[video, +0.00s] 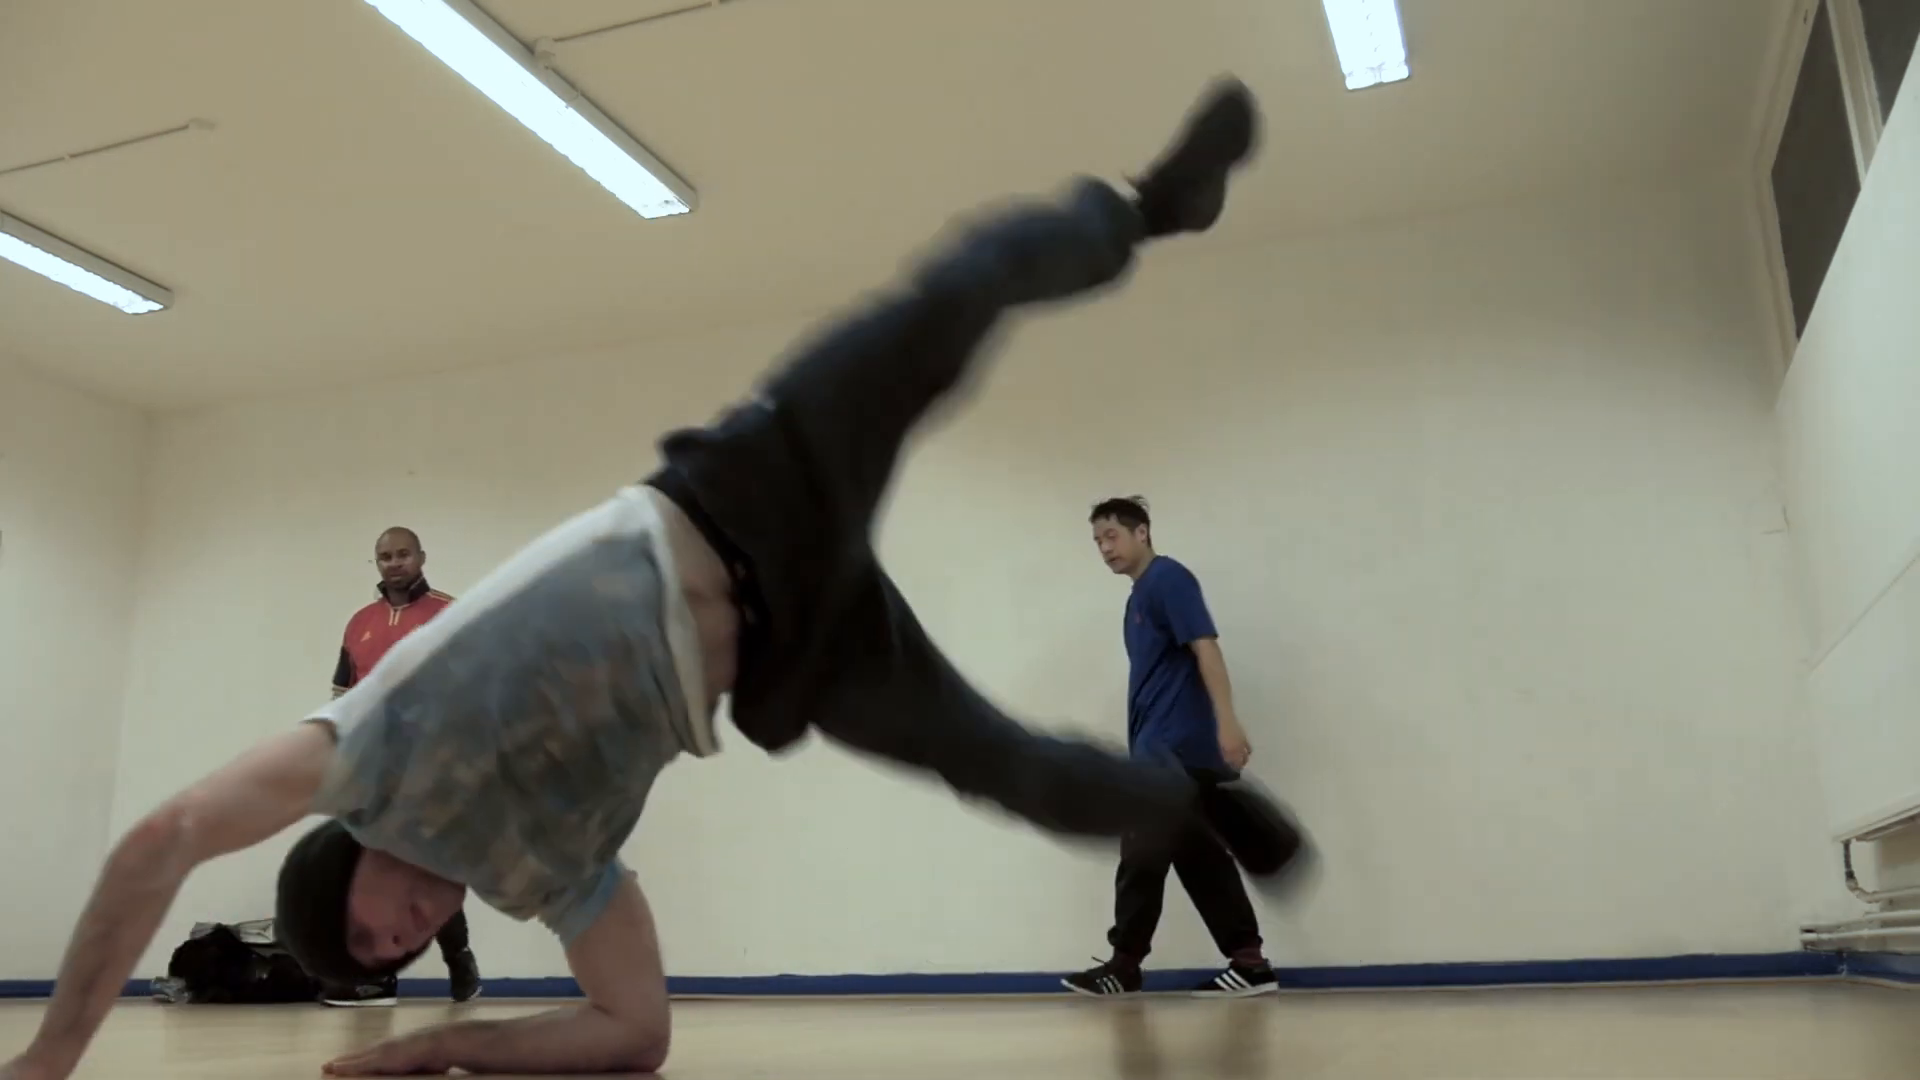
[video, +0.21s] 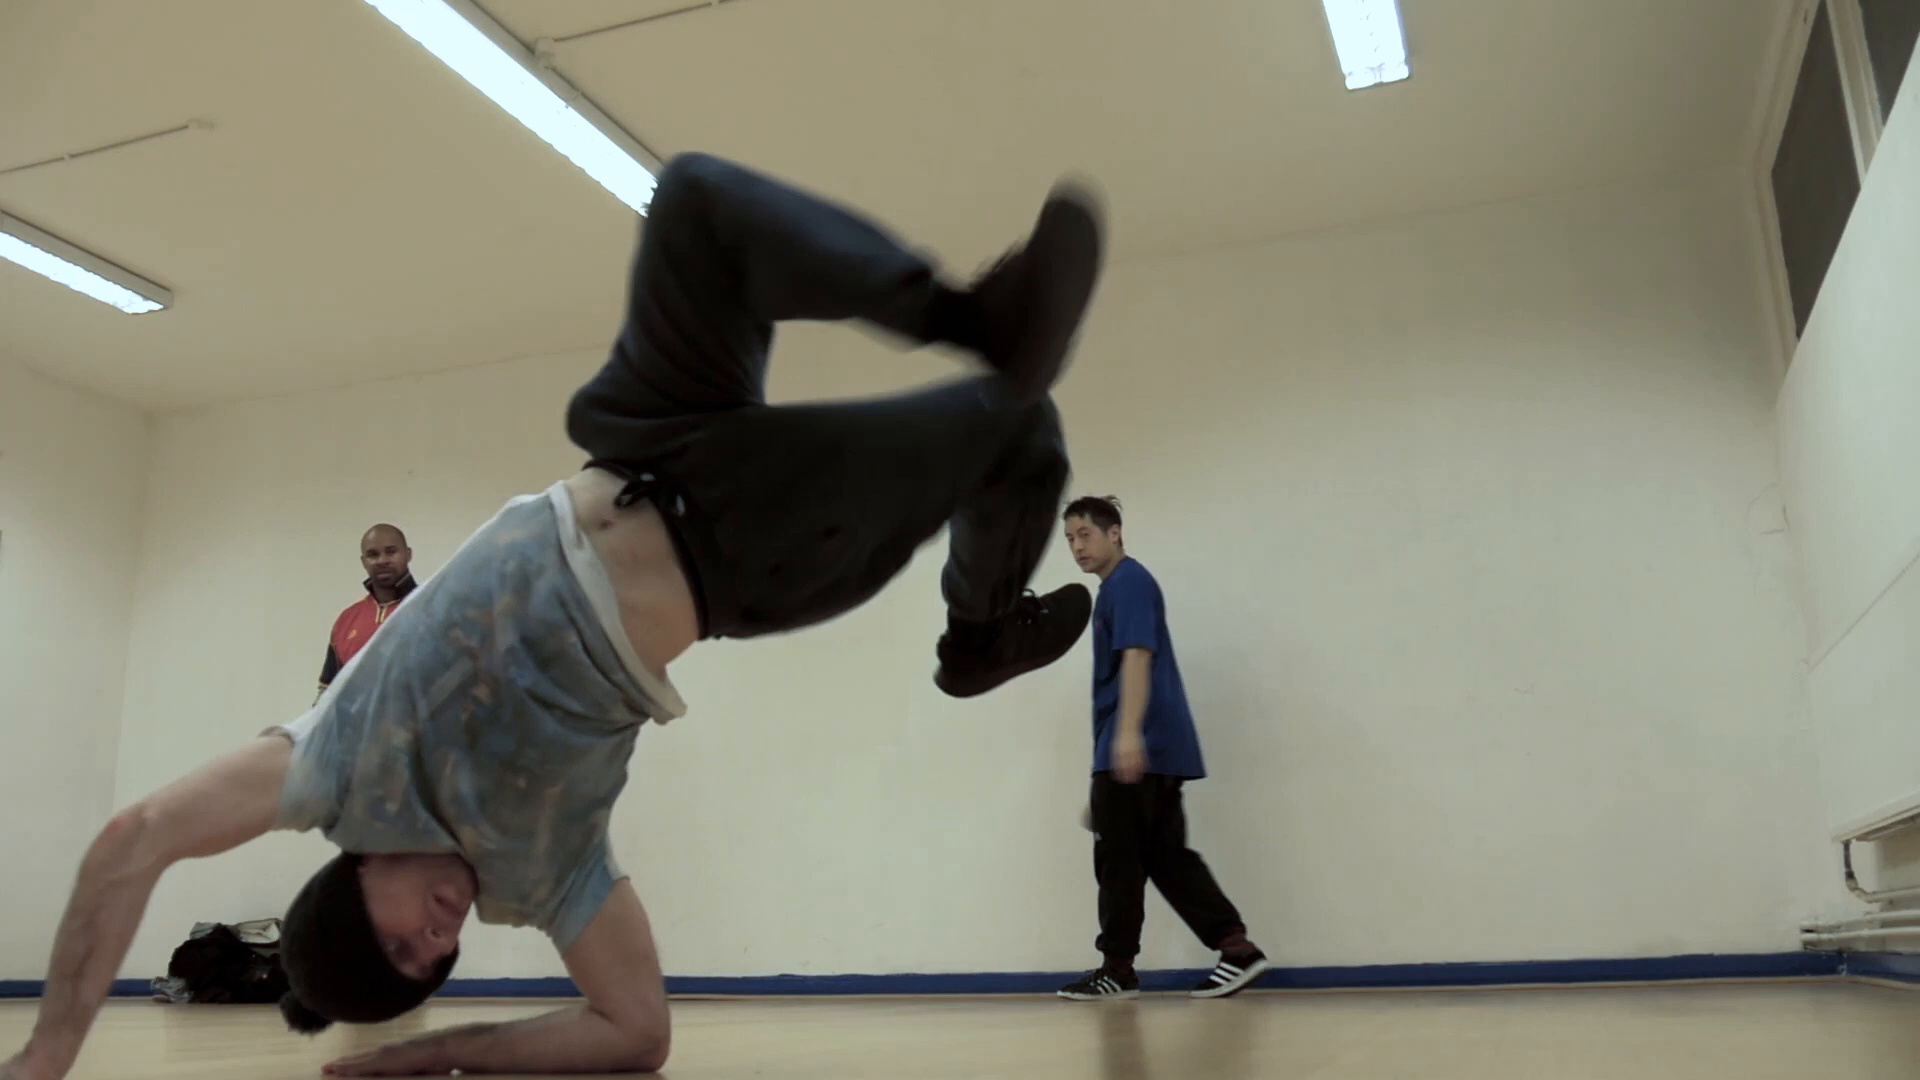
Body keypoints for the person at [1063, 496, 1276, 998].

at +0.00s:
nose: (1105, 547)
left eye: (1112, 536)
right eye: (1099, 541)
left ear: (1142, 533)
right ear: (1100, 547)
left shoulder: (1168, 579)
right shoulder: (1139, 594)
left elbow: (1206, 649)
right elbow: (1156, 673)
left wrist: (1228, 726)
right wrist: (1145, 744)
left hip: (1176, 747)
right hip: (1159, 749)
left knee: (1142, 852)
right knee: (1200, 853)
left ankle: (1125, 967)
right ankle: (1250, 962)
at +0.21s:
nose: (1076, 545)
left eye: (1084, 534)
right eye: (1070, 538)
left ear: (1113, 533)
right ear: (1072, 543)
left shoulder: (1128, 581)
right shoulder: (1119, 587)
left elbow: (1137, 660)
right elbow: (1119, 683)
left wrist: (1129, 734)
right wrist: (1106, 766)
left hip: (1132, 748)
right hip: (1143, 748)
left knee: (1118, 860)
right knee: (1165, 855)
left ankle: (1117, 970)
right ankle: (1238, 952)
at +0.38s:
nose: (1056, 545)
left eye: (1064, 534)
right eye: (1051, 537)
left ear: (1094, 533)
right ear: (1054, 541)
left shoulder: (1104, 583)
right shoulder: (1098, 584)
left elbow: (1081, 666)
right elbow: (1095, 680)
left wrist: (1024, 725)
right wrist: (1070, 741)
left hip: (1109, 750)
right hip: (1100, 750)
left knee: (1102, 857)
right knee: (1104, 856)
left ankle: (1115, 972)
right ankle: (1190, 925)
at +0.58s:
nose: (1026, 547)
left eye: (1035, 536)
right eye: (1021, 539)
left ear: (1064, 535)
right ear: (1023, 543)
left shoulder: (1076, 587)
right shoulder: (1061, 589)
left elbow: (1042, 671)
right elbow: (1064, 686)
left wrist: (968, 706)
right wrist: (1044, 761)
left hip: (1086, 751)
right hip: (1063, 751)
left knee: (1093, 855)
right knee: (1034, 844)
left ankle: (1115, 969)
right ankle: (1078, 956)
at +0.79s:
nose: (996, 559)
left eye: (1001, 547)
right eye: (994, 549)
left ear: (1024, 542)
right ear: (1019, 545)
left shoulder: (1038, 589)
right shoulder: (1026, 595)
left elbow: (1016, 673)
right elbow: (1015, 673)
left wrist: (965, 729)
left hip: (1052, 759)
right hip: (1024, 761)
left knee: (1076, 865)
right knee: (1006, 868)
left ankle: (1114, 968)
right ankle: (991, 970)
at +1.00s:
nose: (954, 560)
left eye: (960, 551)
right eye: (952, 553)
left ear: (986, 546)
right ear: (957, 558)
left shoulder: (1008, 593)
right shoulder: (964, 605)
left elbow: (1019, 664)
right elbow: (985, 671)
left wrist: (1029, 724)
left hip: (1012, 751)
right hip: (977, 754)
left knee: (1008, 851)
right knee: (974, 860)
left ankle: (1091, 947)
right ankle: (987, 969)